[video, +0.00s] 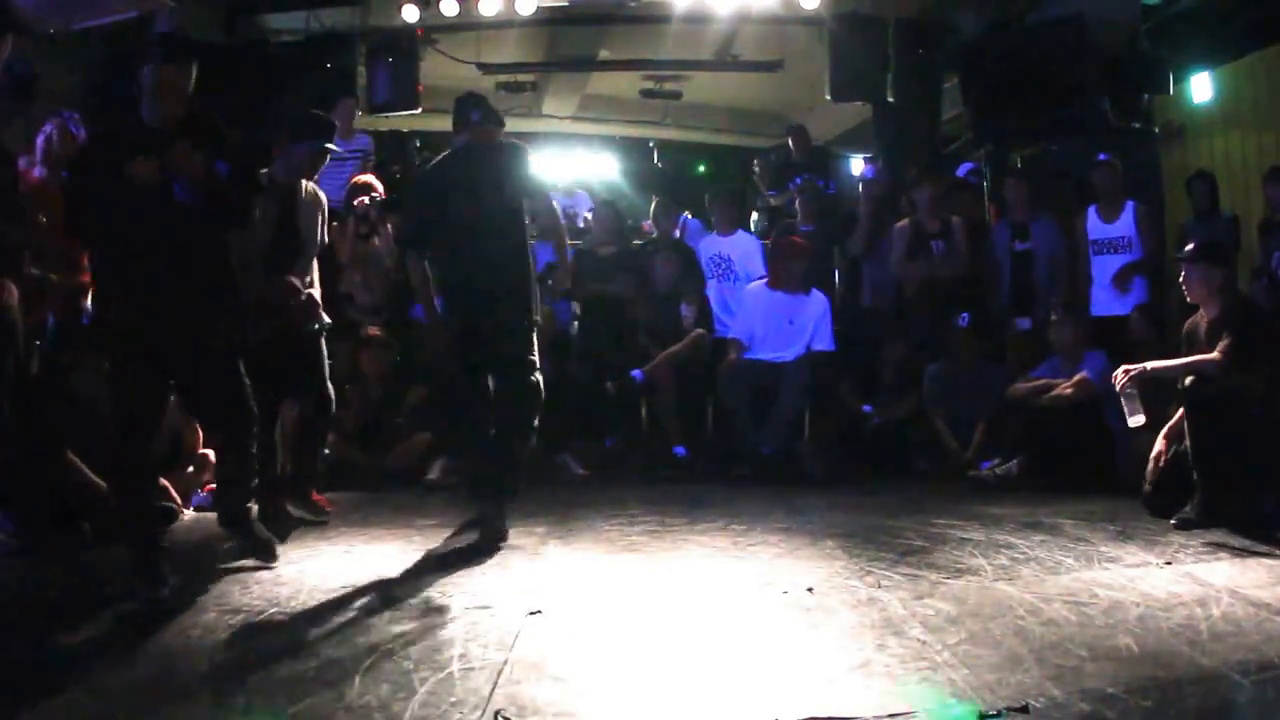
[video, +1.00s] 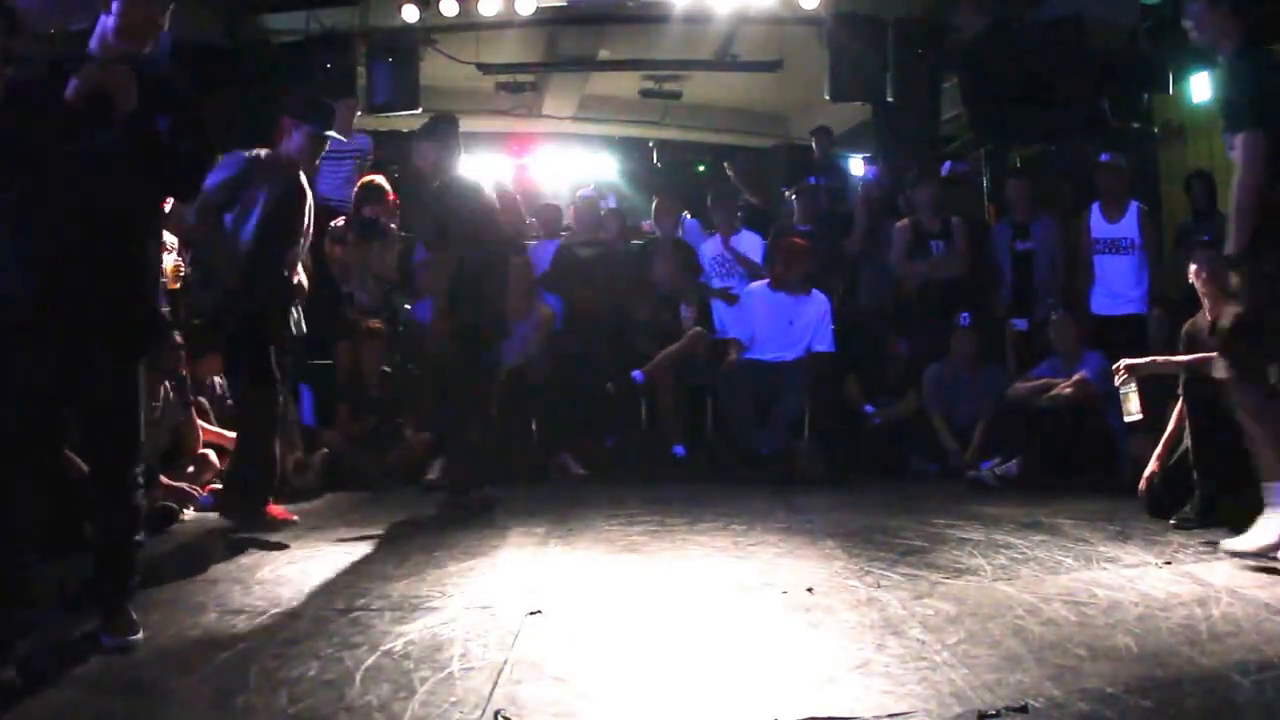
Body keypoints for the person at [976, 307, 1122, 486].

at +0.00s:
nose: (1055, 335)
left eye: (1061, 328)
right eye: (1053, 329)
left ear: (1078, 331)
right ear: (1049, 333)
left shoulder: (1095, 360)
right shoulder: (1056, 362)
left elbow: (1072, 393)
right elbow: (1012, 392)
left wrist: (1036, 401)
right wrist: (1056, 383)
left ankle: (1021, 462)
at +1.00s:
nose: (1056, 337)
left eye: (1061, 330)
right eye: (1053, 331)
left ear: (1075, 331)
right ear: (1049, 335)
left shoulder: (1093, 361)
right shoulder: (1054, 363)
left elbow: (1073, 393)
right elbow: (1012, 393)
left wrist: (1038, 400)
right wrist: (1054, 384)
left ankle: (1022, 462)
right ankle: (1005, 457)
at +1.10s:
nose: (1057, 335)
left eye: (1061, 327)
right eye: (1054, 328)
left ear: (1075, 329)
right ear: (1050, 333)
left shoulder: (1094, 361)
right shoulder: (1054, 363)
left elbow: (1072, 394)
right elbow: (1011, 393)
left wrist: (1034, 401)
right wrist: (1053, 384)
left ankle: (1022, 464)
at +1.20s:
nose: (1054, 333)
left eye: (1060, 327)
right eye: (1052, 327)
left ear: (1076, 330)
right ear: (1049, 331)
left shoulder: (1093, 360)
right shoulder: (1054, 363)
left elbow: (1071, 396)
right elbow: (1012, 393)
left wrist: (1030, 400)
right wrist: (1052, 384)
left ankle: (1020, 463)